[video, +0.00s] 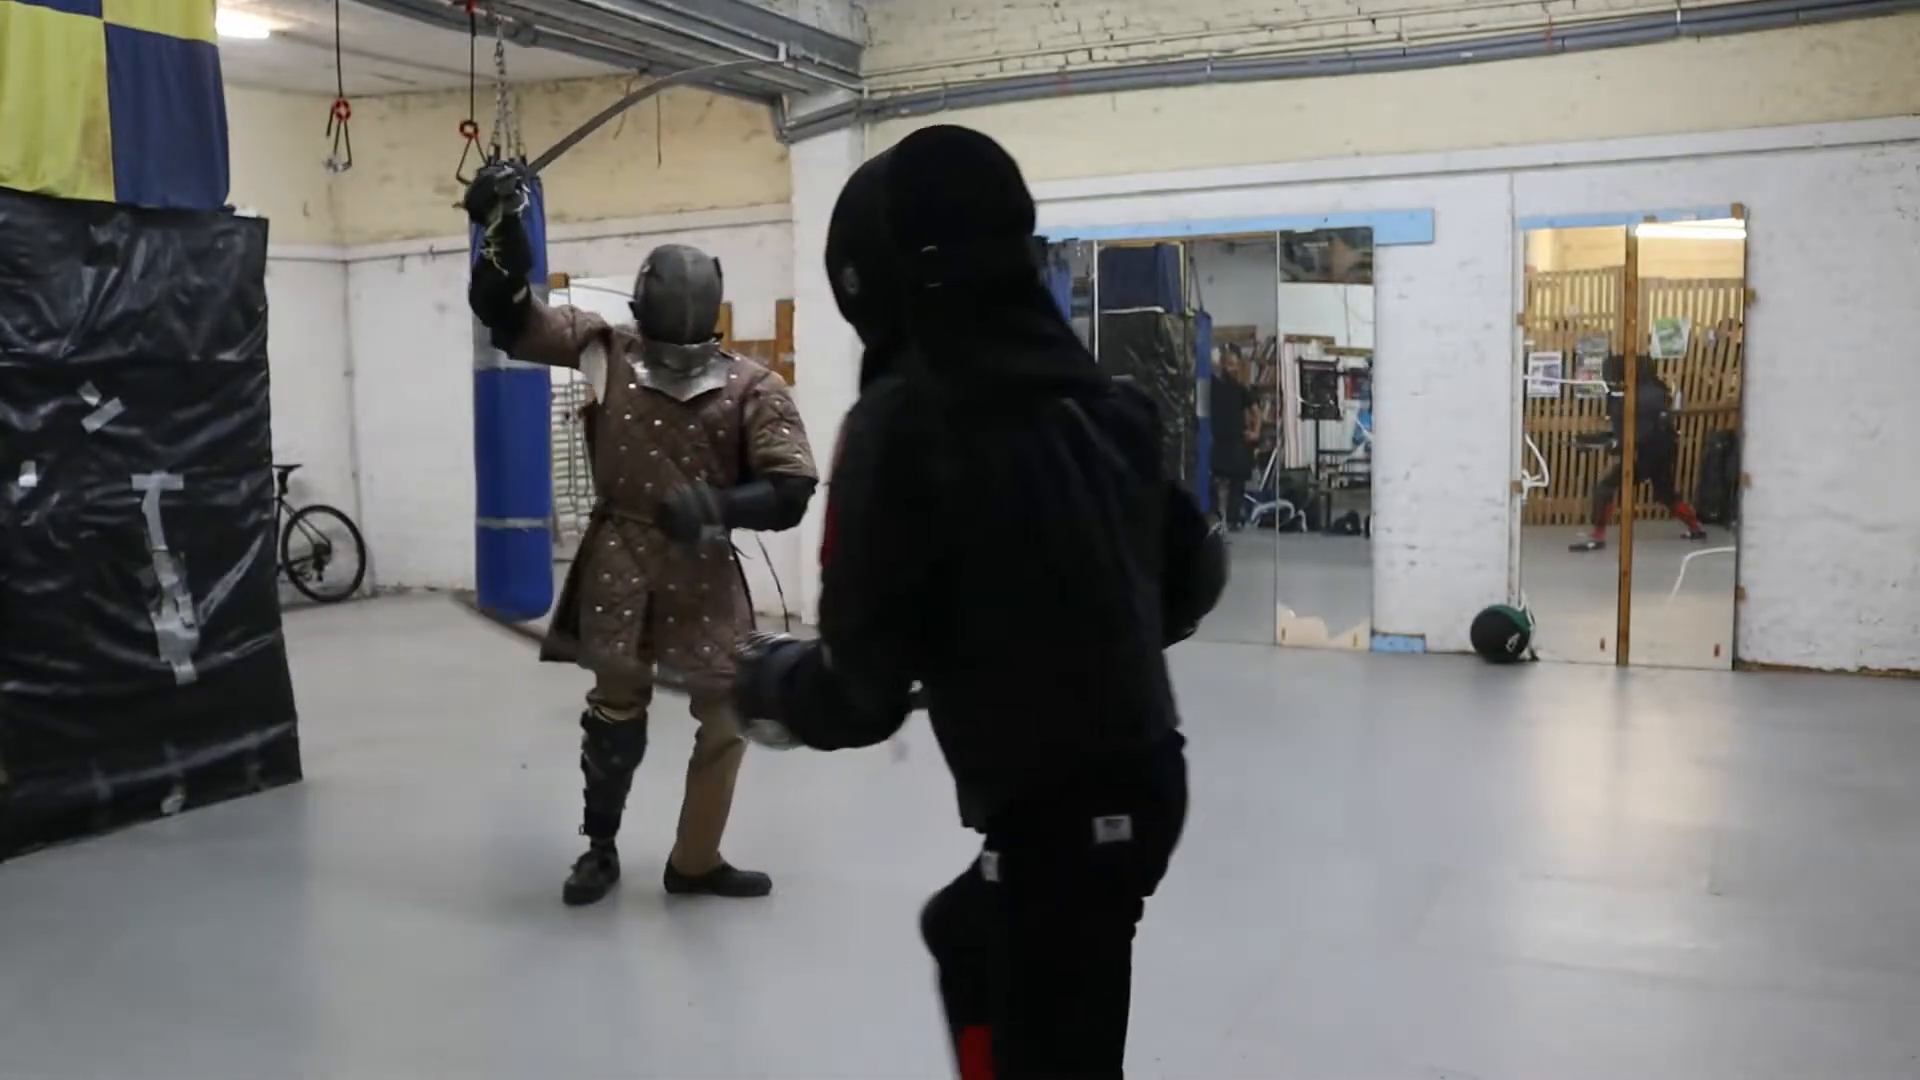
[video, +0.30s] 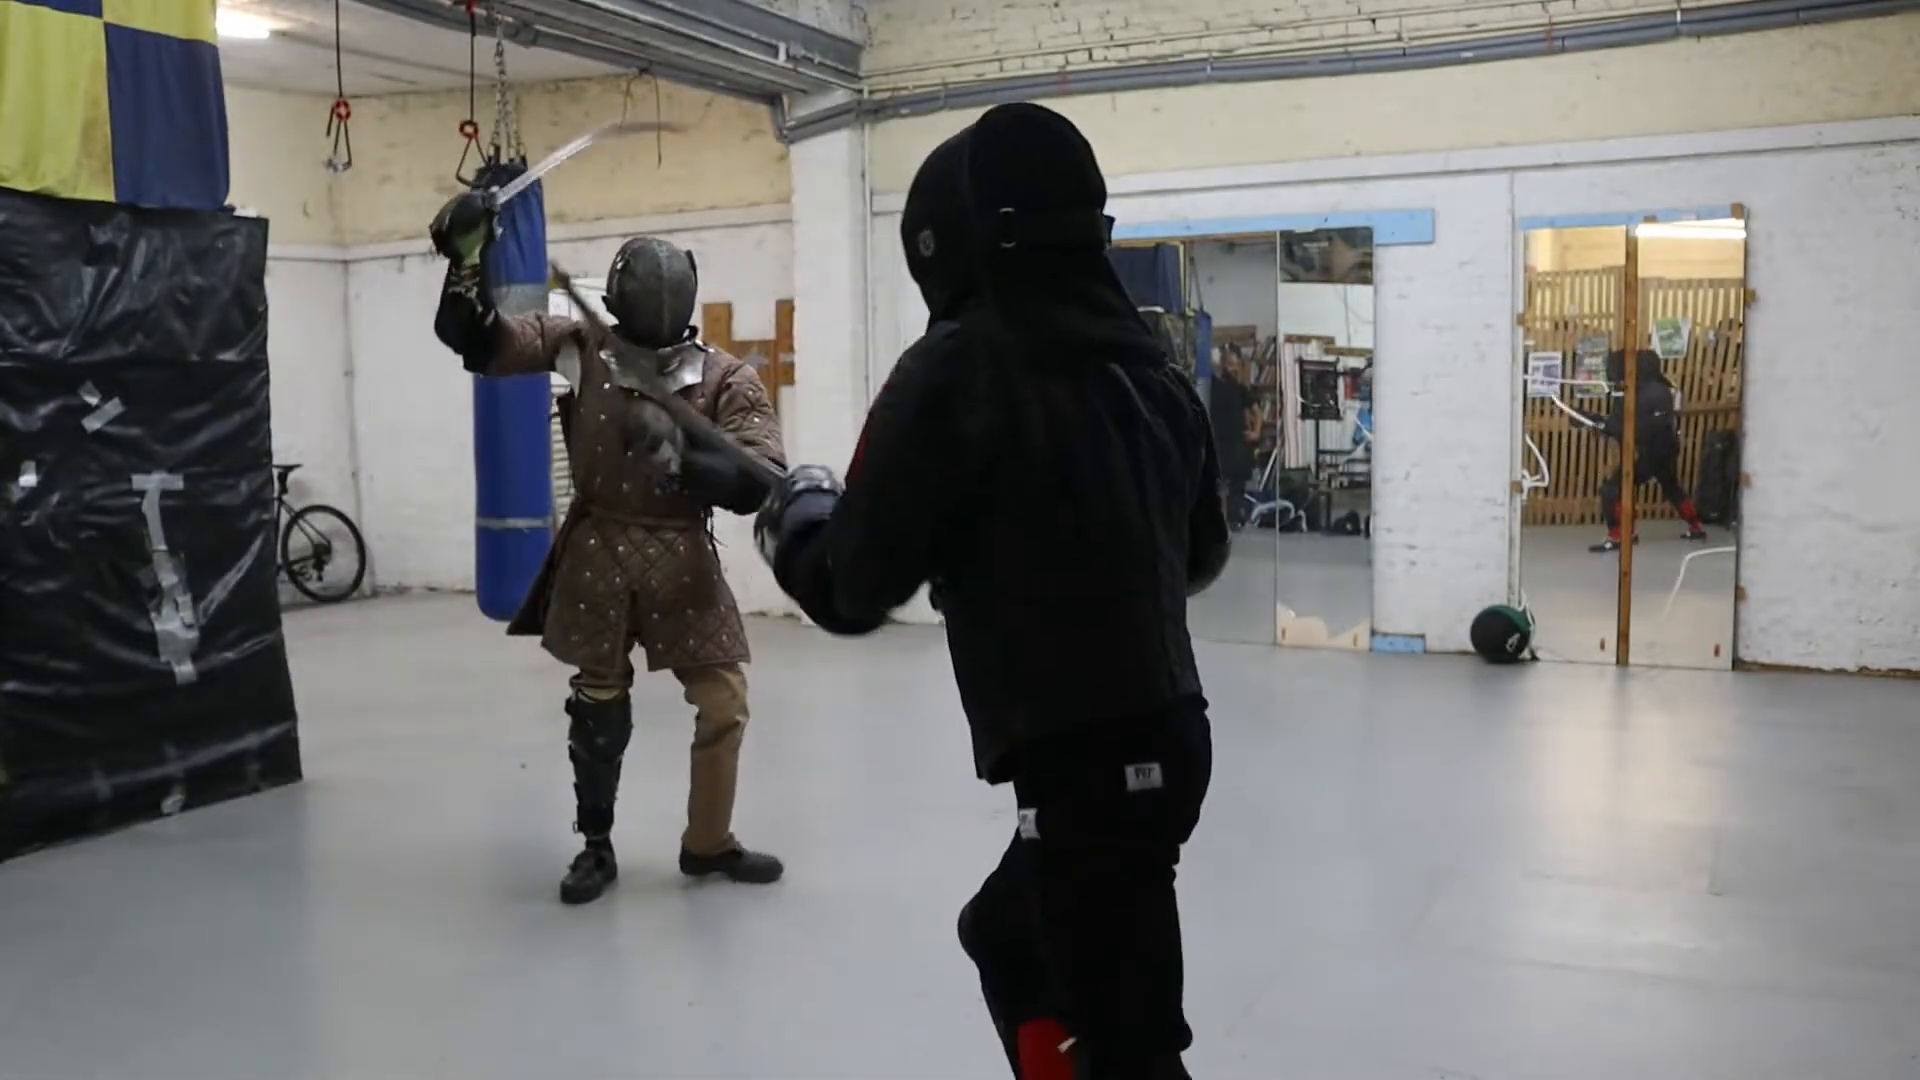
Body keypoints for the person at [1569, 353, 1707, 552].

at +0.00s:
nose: (1610, 383)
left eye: (1613, 379)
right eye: (1609, 379)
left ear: (1624, 377)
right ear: (1645, 372)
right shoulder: (1658, 389)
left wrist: (1619, 446)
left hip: (1644, 454)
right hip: (1662, 451)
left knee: (1604, 488)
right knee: (1665, 493)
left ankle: (1597, 536)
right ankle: (1696, 529)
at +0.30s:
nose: (1612, 379)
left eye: (1614, 374)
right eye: (1611, 374)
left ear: (1628, 374)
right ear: (1651, 369)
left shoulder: (1630, 396)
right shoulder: (1662, 389)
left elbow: (1622, 431)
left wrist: (1602, 423)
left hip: (1644, 453)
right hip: (1666, 449)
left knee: (1611, 489)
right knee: (1670, 485)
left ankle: (1617, 535)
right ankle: (1695, 526)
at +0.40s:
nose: (1610, 376)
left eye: (1614, 370)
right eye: (1610, 370)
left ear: (1628, 371)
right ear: (1649, 368)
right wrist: (1594, 418)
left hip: (1645, 453)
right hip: (1664, 449)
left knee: (1611, 489)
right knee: (1669, 486)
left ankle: (1618, 536)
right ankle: (1695, 526)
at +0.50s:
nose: (1610, 377)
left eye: (1613, 371)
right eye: (1610, 371)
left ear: (1626, 372)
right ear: (1649, 368)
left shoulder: (1627, 397)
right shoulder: (1660, 390)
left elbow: (1604, 413)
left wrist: (1577, 412)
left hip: (1641, 455)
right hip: (1664, 450)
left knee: (1610, 489)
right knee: (1668, 488)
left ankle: (1618, 536)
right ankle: (1694, 526)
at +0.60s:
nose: (1610, 378)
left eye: (1613, 374)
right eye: (1610, 374)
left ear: (1625, 374)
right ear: (1651, 368)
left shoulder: (1623, 397)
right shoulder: (1661, 392)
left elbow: (1597, 417)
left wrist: (1579, 410)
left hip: (1639, 456)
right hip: (1663, 452)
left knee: (1610, 489)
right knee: (1668, 488)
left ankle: (1618, 536)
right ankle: (1694, 523)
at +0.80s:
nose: (1626, 378)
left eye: (1632, 373)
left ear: (1640, 371)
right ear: (1659, 369)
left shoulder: (1636, 397)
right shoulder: (1669, 391)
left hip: (1645, 452)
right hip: (1664, 449)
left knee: (1614, 491)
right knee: (1662, 487)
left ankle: (1618, 536)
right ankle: (1692, 520)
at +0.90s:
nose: (1637, 375)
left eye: (1641, 370)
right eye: (1639, 370)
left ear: (1647, 371)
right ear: (1662, 370)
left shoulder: (1650, 392)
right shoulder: (1670, 389)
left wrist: (1641, 431)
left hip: (1653, 447)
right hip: (1668, 445)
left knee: (1622, 487)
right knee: (1664, 488)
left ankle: (1619, 535)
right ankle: (1696, 524)